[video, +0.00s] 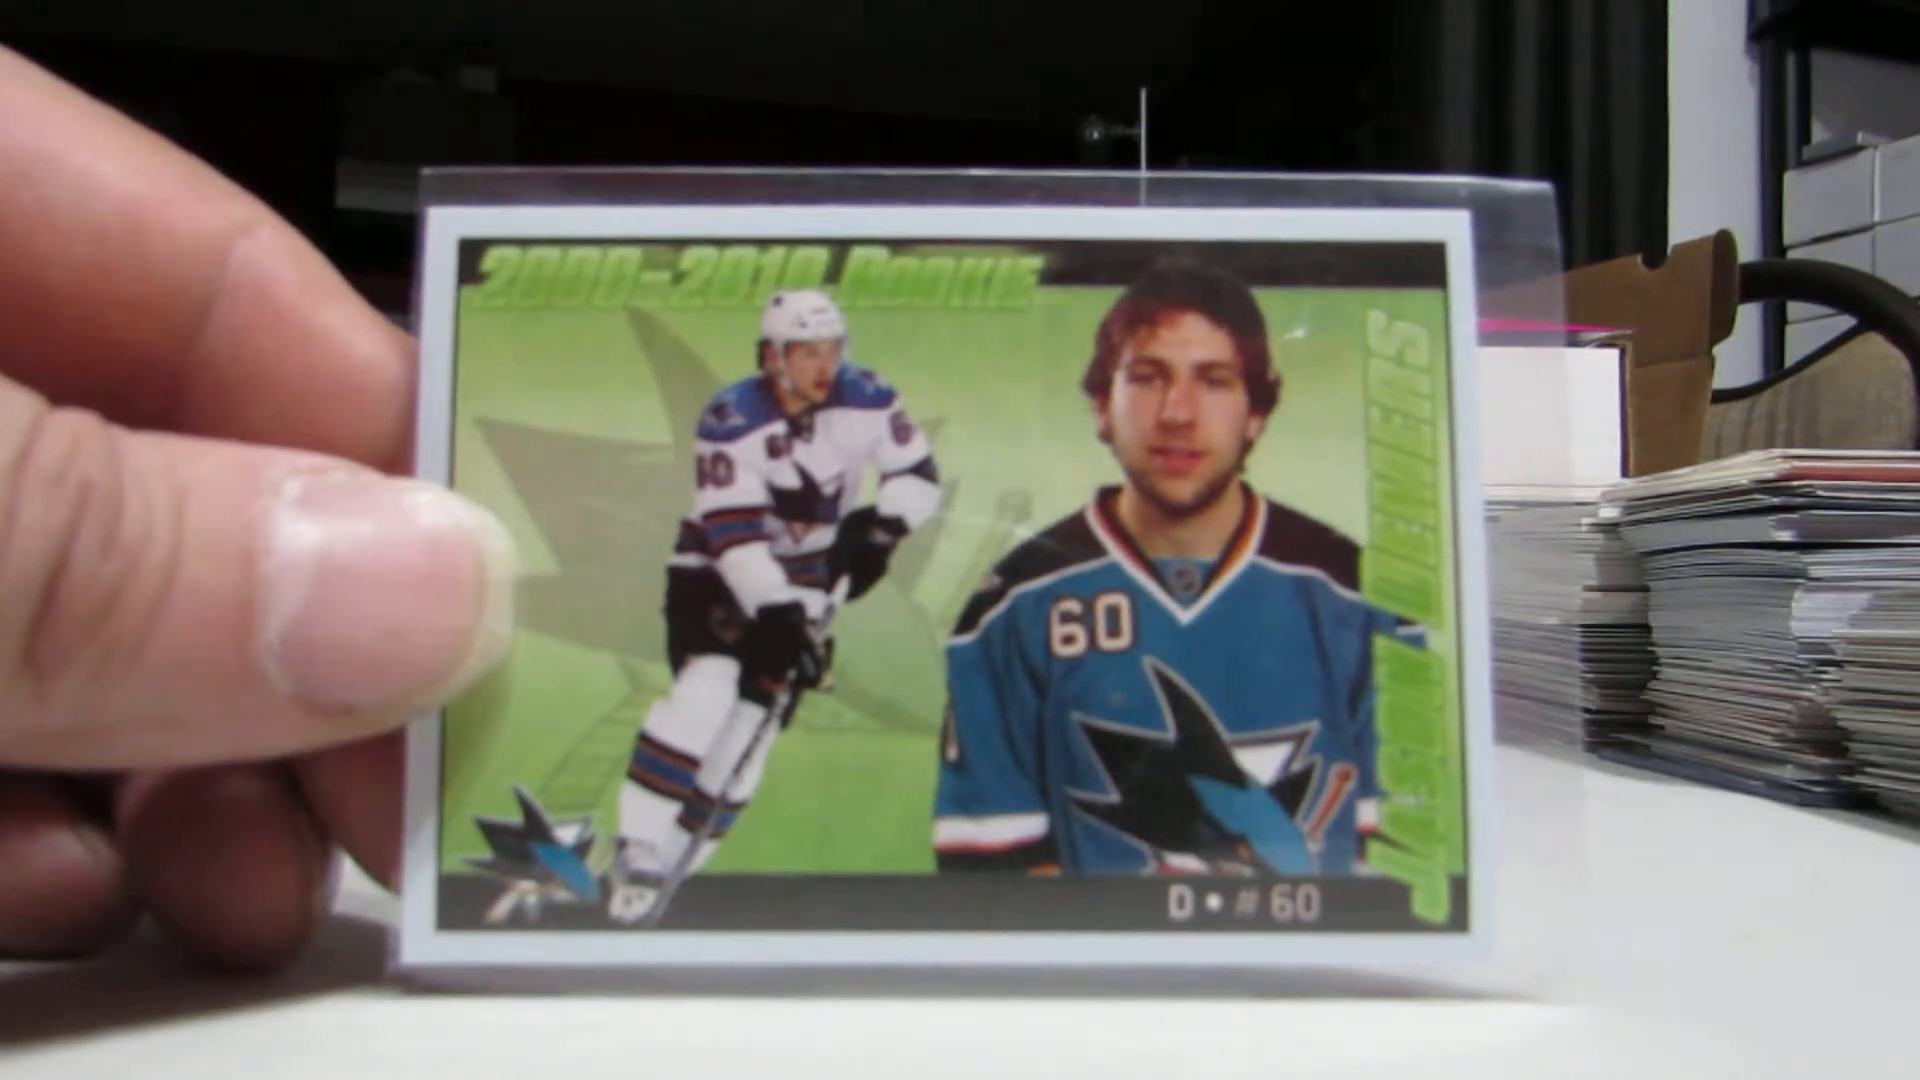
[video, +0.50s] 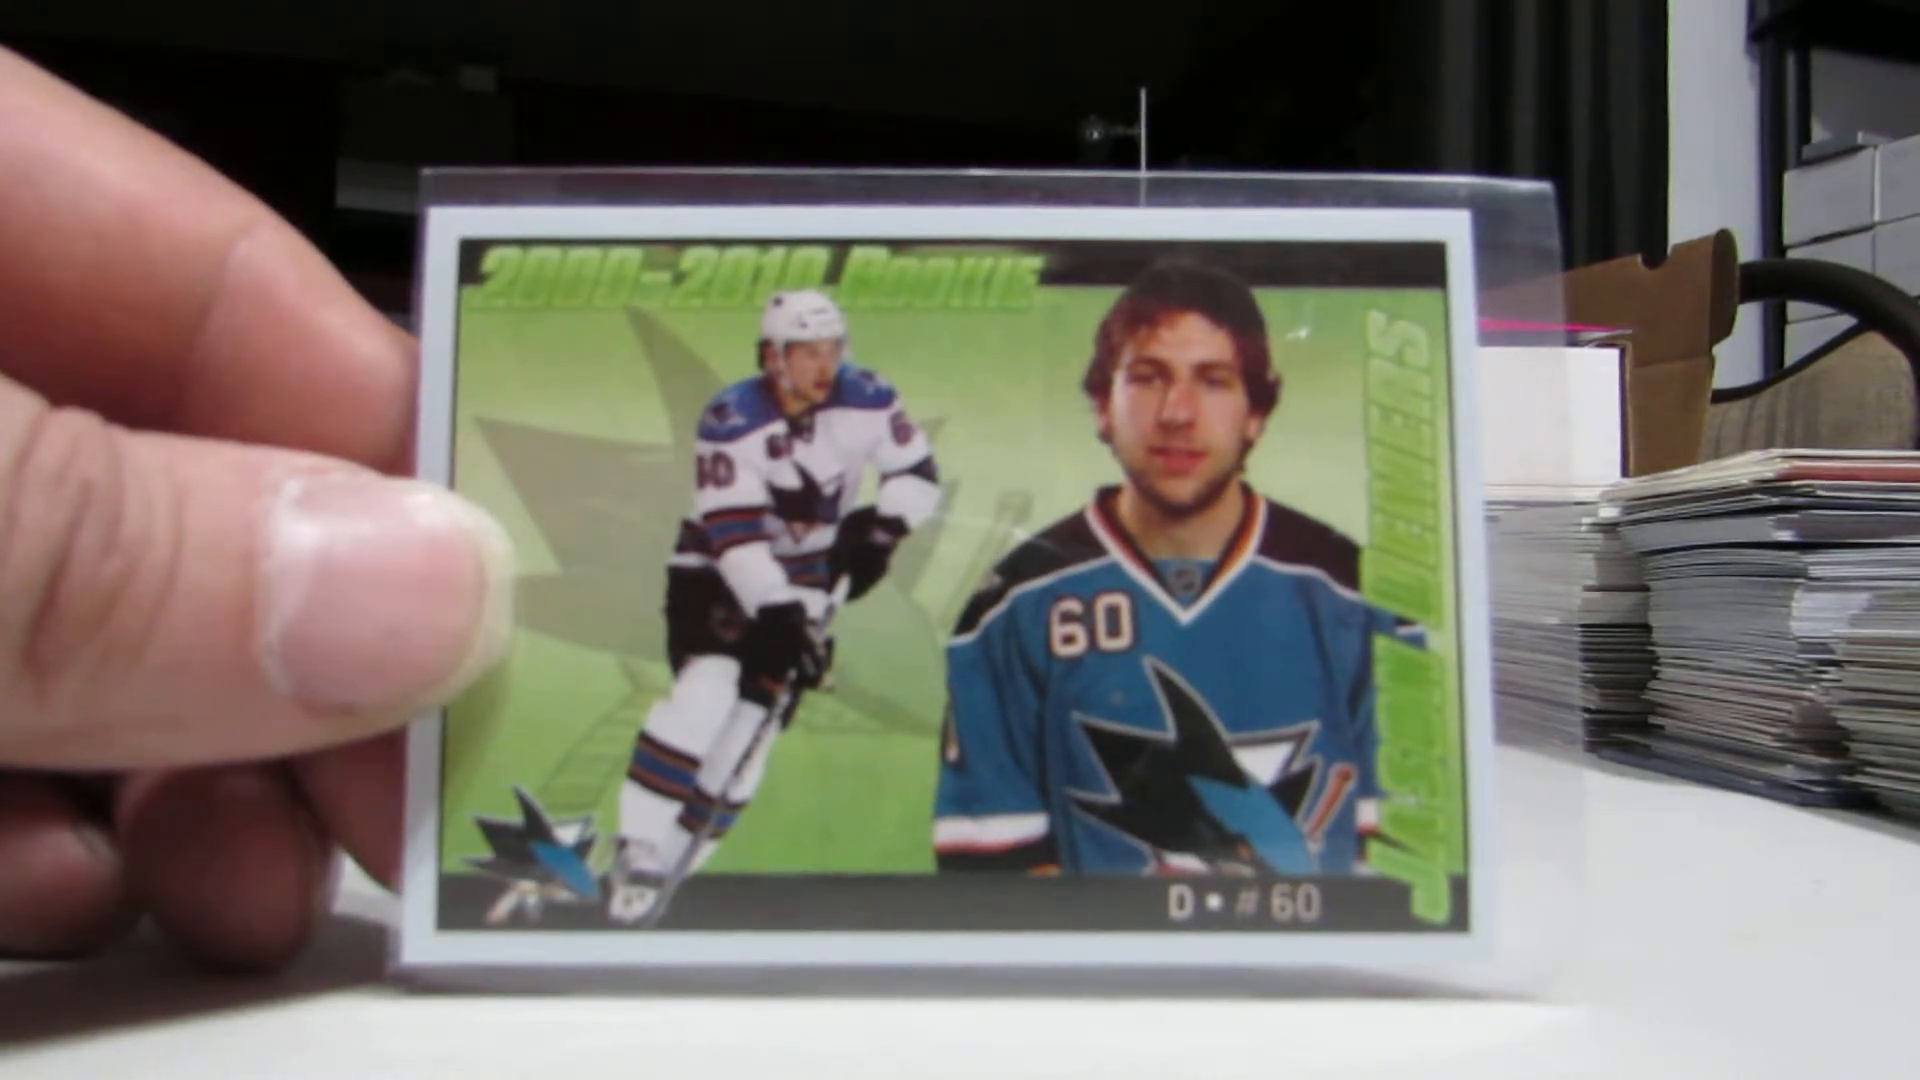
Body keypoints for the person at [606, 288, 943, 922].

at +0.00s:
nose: (825, 366)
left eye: (832, 352)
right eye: (809, 353)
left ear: (843, 352)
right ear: (773, 359)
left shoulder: (868, 401)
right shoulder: (732, 420)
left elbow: (917, 476)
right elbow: (732, 528)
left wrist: (879, 531)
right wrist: (776, 610)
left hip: (807, 580)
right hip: (720, 569)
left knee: (754, 723)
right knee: (709, 686)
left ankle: (678, 862)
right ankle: (640, 850)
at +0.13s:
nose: (825, 366)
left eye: (832, 352)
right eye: (809, 353)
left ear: (843, 352)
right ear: (773, 359)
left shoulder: (868, 401)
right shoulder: (732, 420)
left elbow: (917, 475)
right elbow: (733, 528)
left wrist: (879, 532)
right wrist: (776, 610)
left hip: (807, 579)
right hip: (720, 569)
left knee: (754, 722)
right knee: (709, 686)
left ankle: (679, 861)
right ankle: (640, 850)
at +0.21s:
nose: (825, 366)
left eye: (832, 352)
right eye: (809, 353)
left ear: (843, 352)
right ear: (774, 359)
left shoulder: (868, 401)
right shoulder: (732, 419)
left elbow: (917, 475)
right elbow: (733, 528)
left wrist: (880, 531)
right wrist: (776, 609)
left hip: (807, 579)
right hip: (721, 568)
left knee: (754, 723)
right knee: (709, 685)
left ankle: (677, 862)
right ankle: (641, 850)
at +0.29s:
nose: (825, 366)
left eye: (832, 352)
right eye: (809, 353)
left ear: (843, 352)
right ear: (773, 359)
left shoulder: (868, 401)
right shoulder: (732, 420)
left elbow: (917, 475)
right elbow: (733, 528)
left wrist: (880, 531)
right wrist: (776, 609)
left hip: (807, 578)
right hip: (721, 568)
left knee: (754, 724)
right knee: (709, 685)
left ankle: (677, 863)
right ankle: (640, 850)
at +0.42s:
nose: (825, 366)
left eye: (833, 352)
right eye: (810, 353)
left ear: (843, 352)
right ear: (774, 359)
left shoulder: (868, 402)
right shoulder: (732, 420)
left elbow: (917, 475)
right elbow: (733, 528)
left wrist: (880, 531)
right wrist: (776, 610)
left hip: (807, 578)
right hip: (721, 568)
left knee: (754, 724)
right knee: (709, 685)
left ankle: (677, 863)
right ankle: (641, 850)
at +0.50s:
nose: (825, 366)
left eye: (833, 352)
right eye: (810, 353)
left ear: (843, 352)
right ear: (773, 359)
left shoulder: (868, 401)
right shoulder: (732, 420)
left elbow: (917, 474)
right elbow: (733, 528)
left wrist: (880, 531)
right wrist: (776, 610)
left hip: (807, 578)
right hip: (721, 568)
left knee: (754, 724)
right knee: (709, 685)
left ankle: (677, 863)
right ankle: (641, 850)